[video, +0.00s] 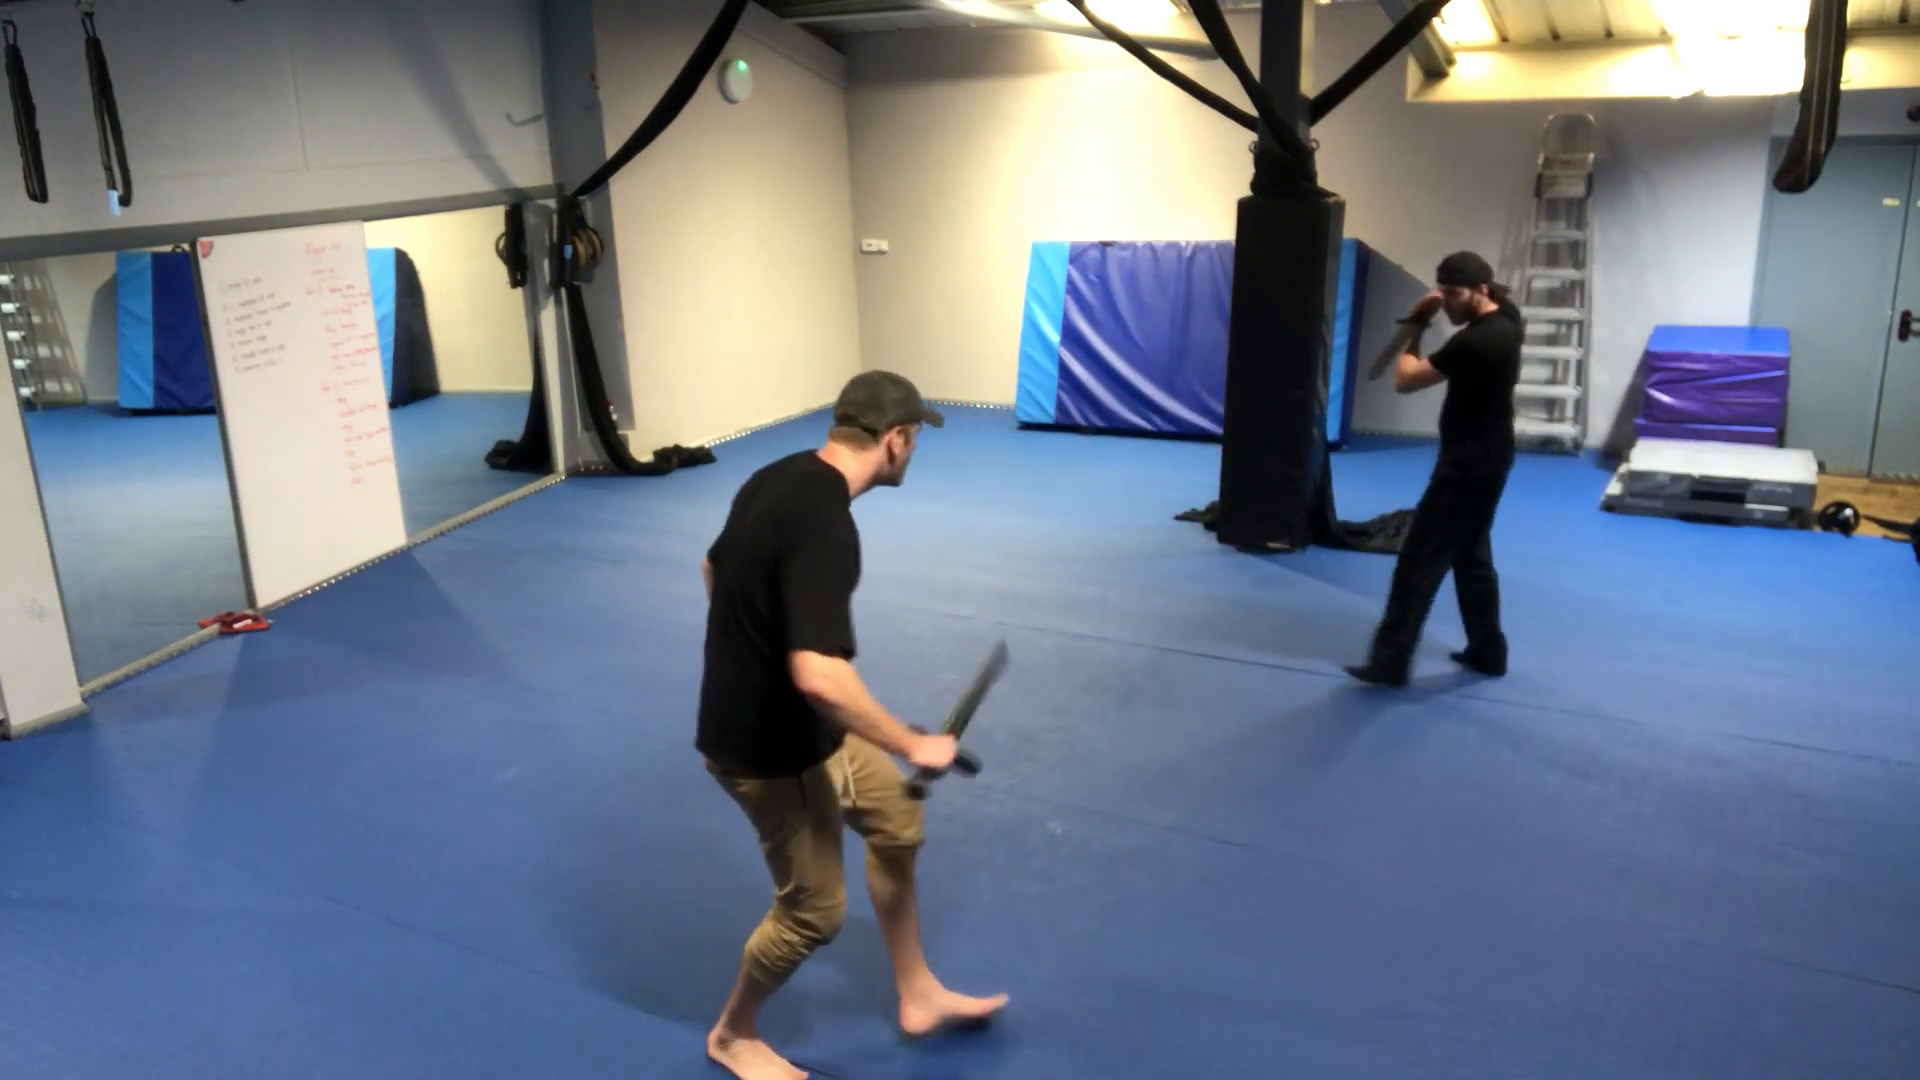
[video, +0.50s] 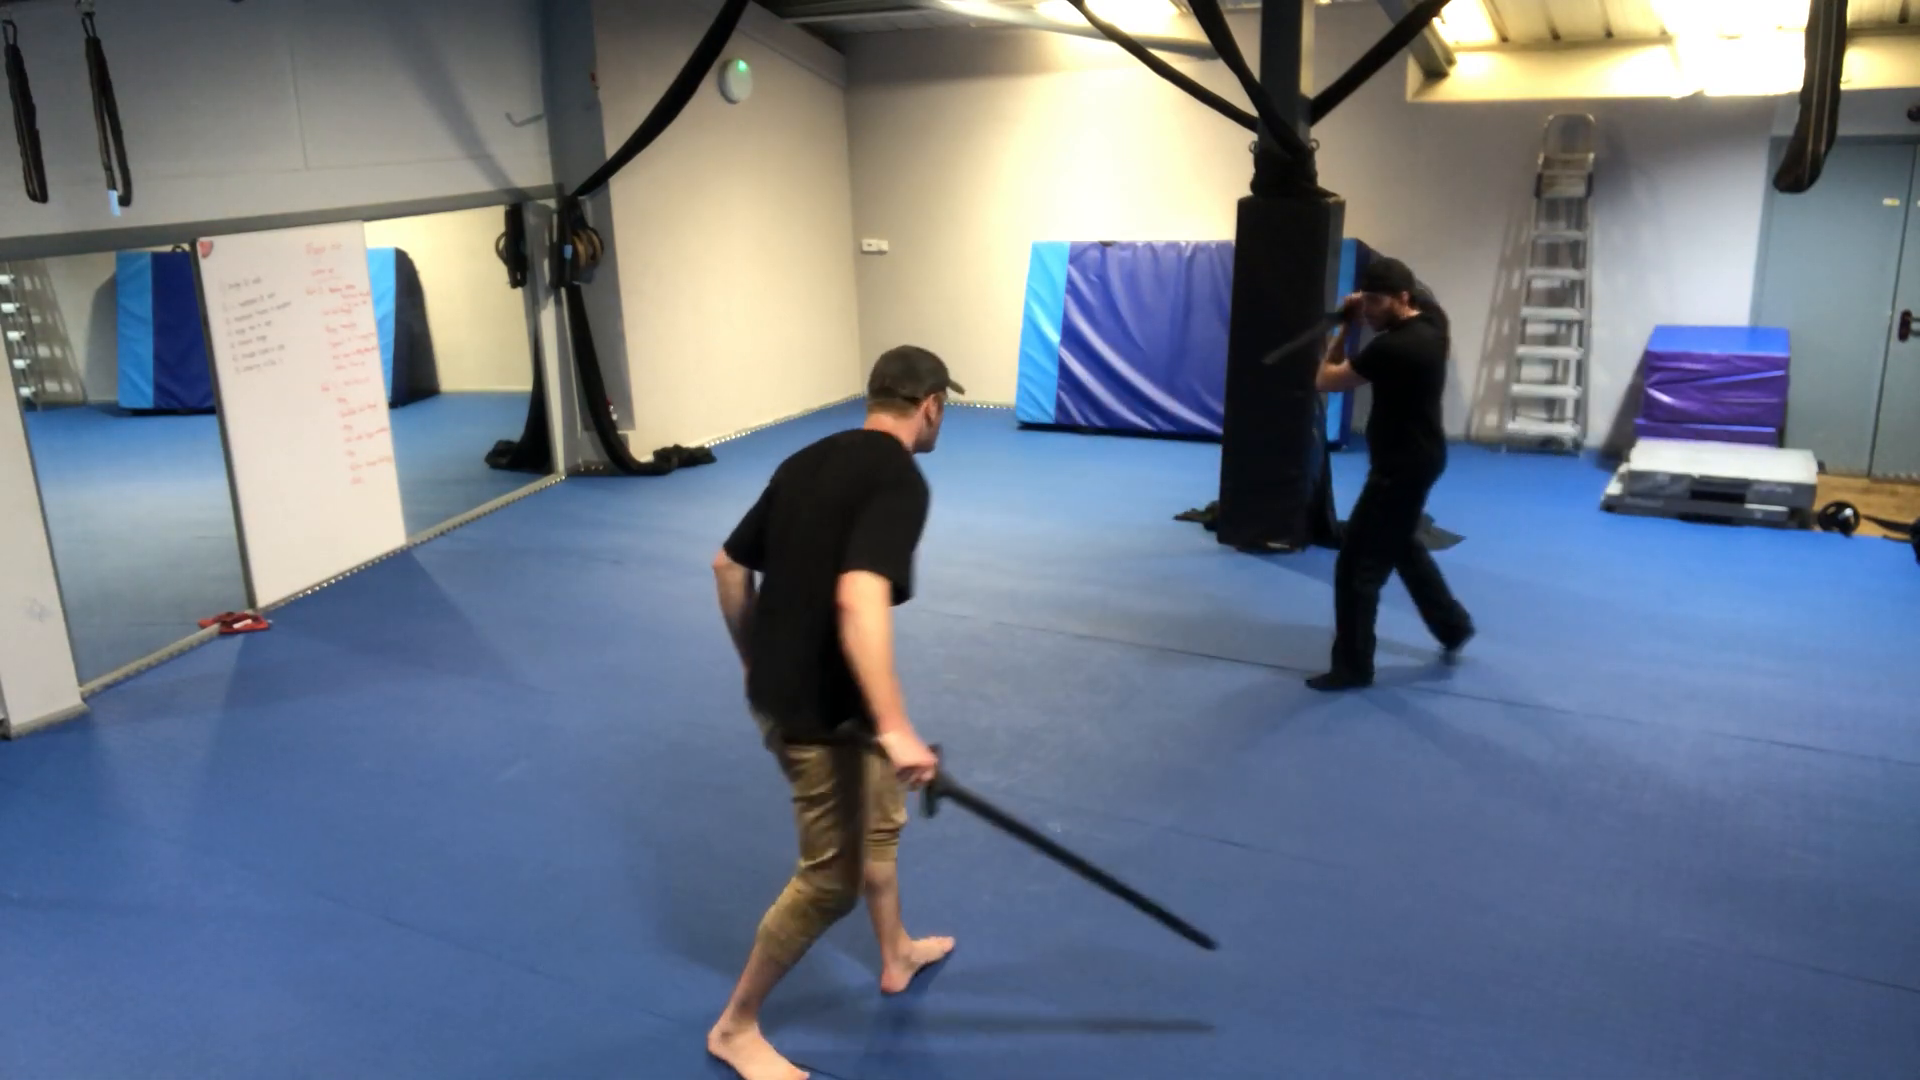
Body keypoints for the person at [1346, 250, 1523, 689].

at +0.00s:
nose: (1442, 300)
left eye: (1450, 291)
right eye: (1443, 290)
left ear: (1478, 291)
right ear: (1483, 292)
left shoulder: (1472, 341)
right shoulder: (1507, 321)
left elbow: (1404, 378)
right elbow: (1490, 295)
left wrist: (1416, 325)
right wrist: (1442, 304)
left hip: (1464, 464)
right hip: (1490, 458)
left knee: (1420, 559)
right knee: (1472, 554)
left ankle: (1389, 664)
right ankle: (1487, 651)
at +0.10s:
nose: (1432, 303)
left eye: (1439, 295)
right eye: (1432, 294)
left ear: (1466, 293)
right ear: (1471, 294)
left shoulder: (1461, 342)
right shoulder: (1495, 320)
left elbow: (1393, 379)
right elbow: (1476, 291)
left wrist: (1405, 324)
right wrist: (1435, 298)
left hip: (1455, 465)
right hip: (1480, 460)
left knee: (1411, 561)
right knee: (1466, 554)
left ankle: (1364, 658)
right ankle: (1486, 651)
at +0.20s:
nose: (1416, 305)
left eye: (1421, 297)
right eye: (1416, 295)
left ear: (1449, 296)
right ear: (1456, 295)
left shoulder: (1444, 344)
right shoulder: (1483, 322)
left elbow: (1375, 378)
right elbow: (1463, 295)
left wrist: (1393, 322)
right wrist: (1424, 300)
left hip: (1441, 466)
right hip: (1470, 459)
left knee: (1398, 566)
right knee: (1460, 553)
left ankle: (1357, 663)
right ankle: (1485, 651)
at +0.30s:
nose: (1402, 306)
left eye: (1405, 299)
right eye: (1400, 298)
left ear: (1431, 297)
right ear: (1439, 295)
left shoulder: (1426, 344)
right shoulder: (1467, 320)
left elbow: (1357, 380)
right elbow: (1441, 292)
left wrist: (1374, 323)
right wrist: (1403, 295)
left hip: (1426, 469)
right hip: (1455, 461)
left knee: (1383, 567)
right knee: (1448, 554)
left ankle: (1354, 666)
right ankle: (1482, 649)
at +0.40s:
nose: (1384, 306)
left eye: (1389, 298)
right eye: (1383, 298)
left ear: (1415, 297)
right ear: (1423, 296)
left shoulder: (1411, 344)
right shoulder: (1448, 323)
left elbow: (1343, 378)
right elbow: (1426, 295)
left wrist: (1360, 326)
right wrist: (1380, 299)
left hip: (1410, 467)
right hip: (1436, 460)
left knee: (1369, 564)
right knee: (1429, 552)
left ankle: (1354, 667)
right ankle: (1472, 642)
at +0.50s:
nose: (1366, 308)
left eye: (1372, 300)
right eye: (1365, 299)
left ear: (1399, 299)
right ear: (1406, 299)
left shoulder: (1392, 346)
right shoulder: (1432, 326)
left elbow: (1326, 379)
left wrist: (1346, 329)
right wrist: (1362, 307)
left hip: (1397, 465)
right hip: (1421, 456)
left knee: (1357, 565)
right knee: (1402, 543)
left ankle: (1352, 668)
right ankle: (1452, 625)